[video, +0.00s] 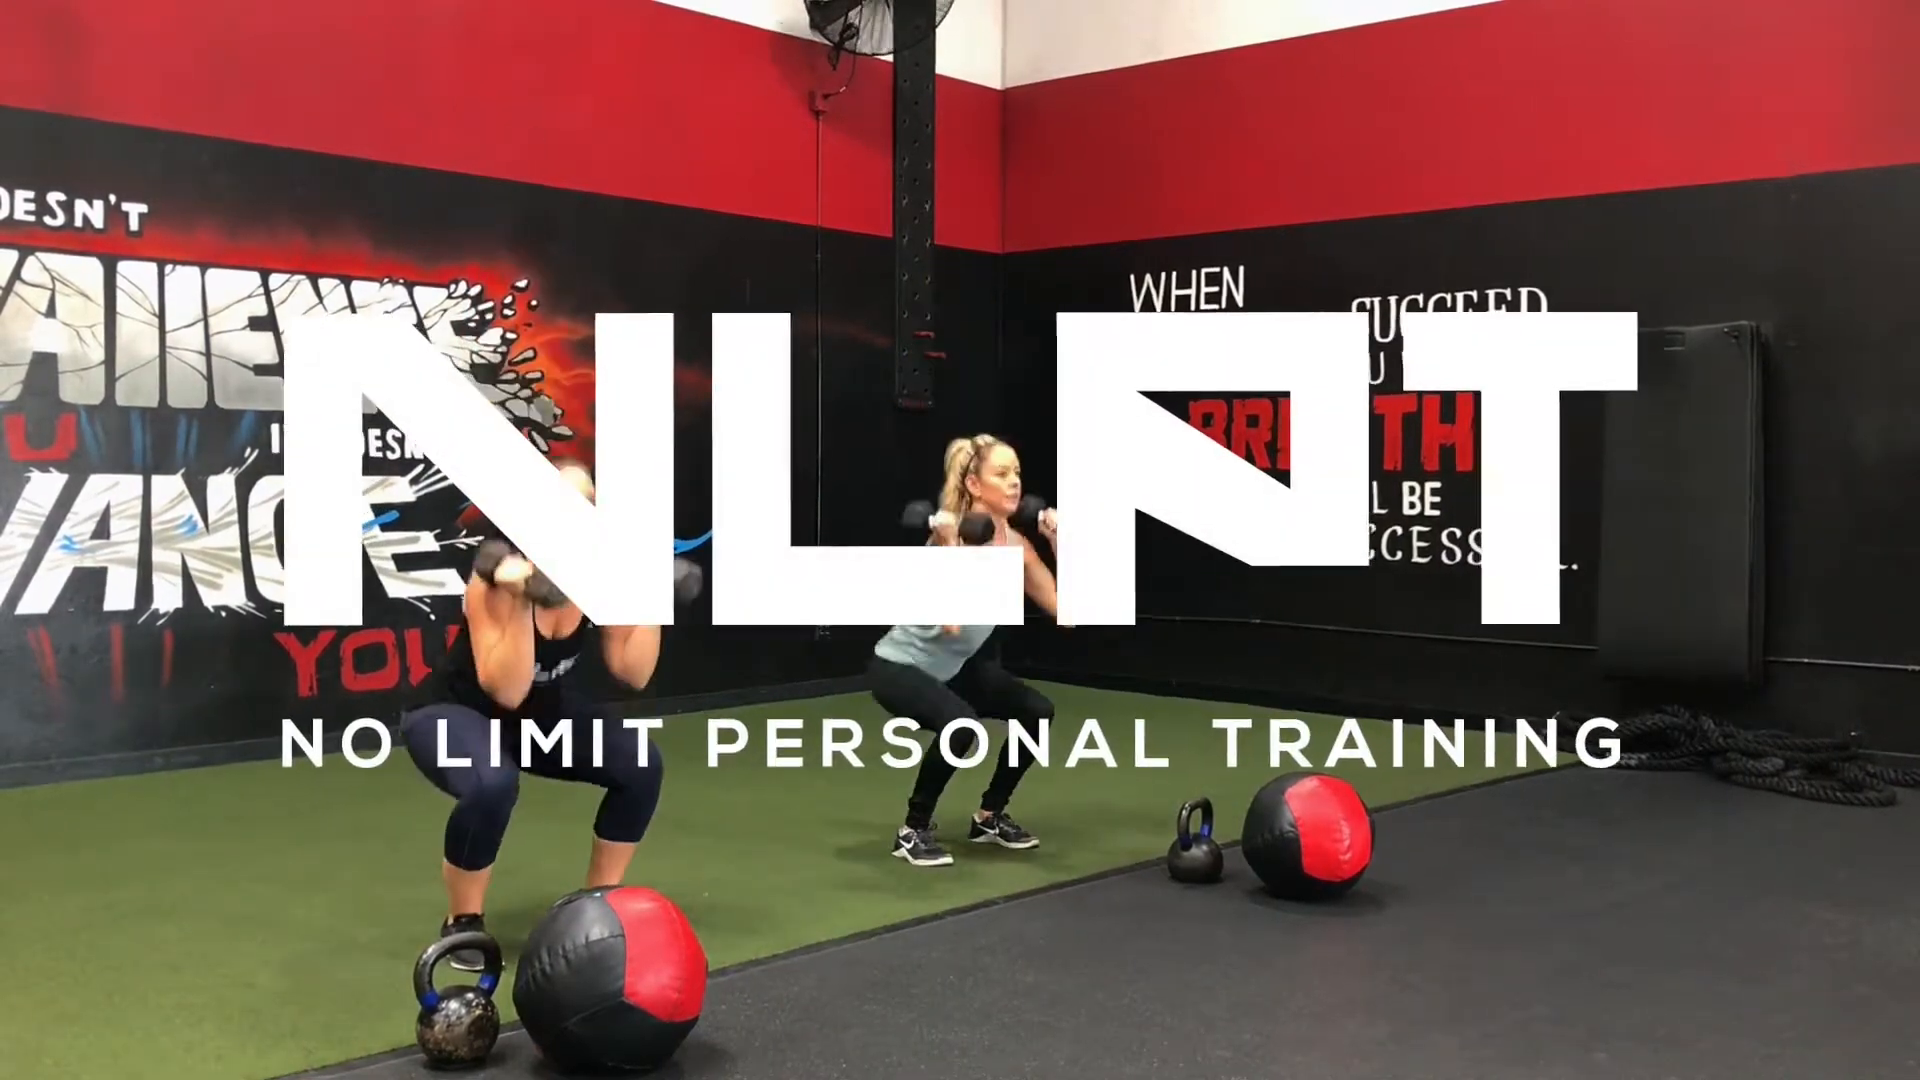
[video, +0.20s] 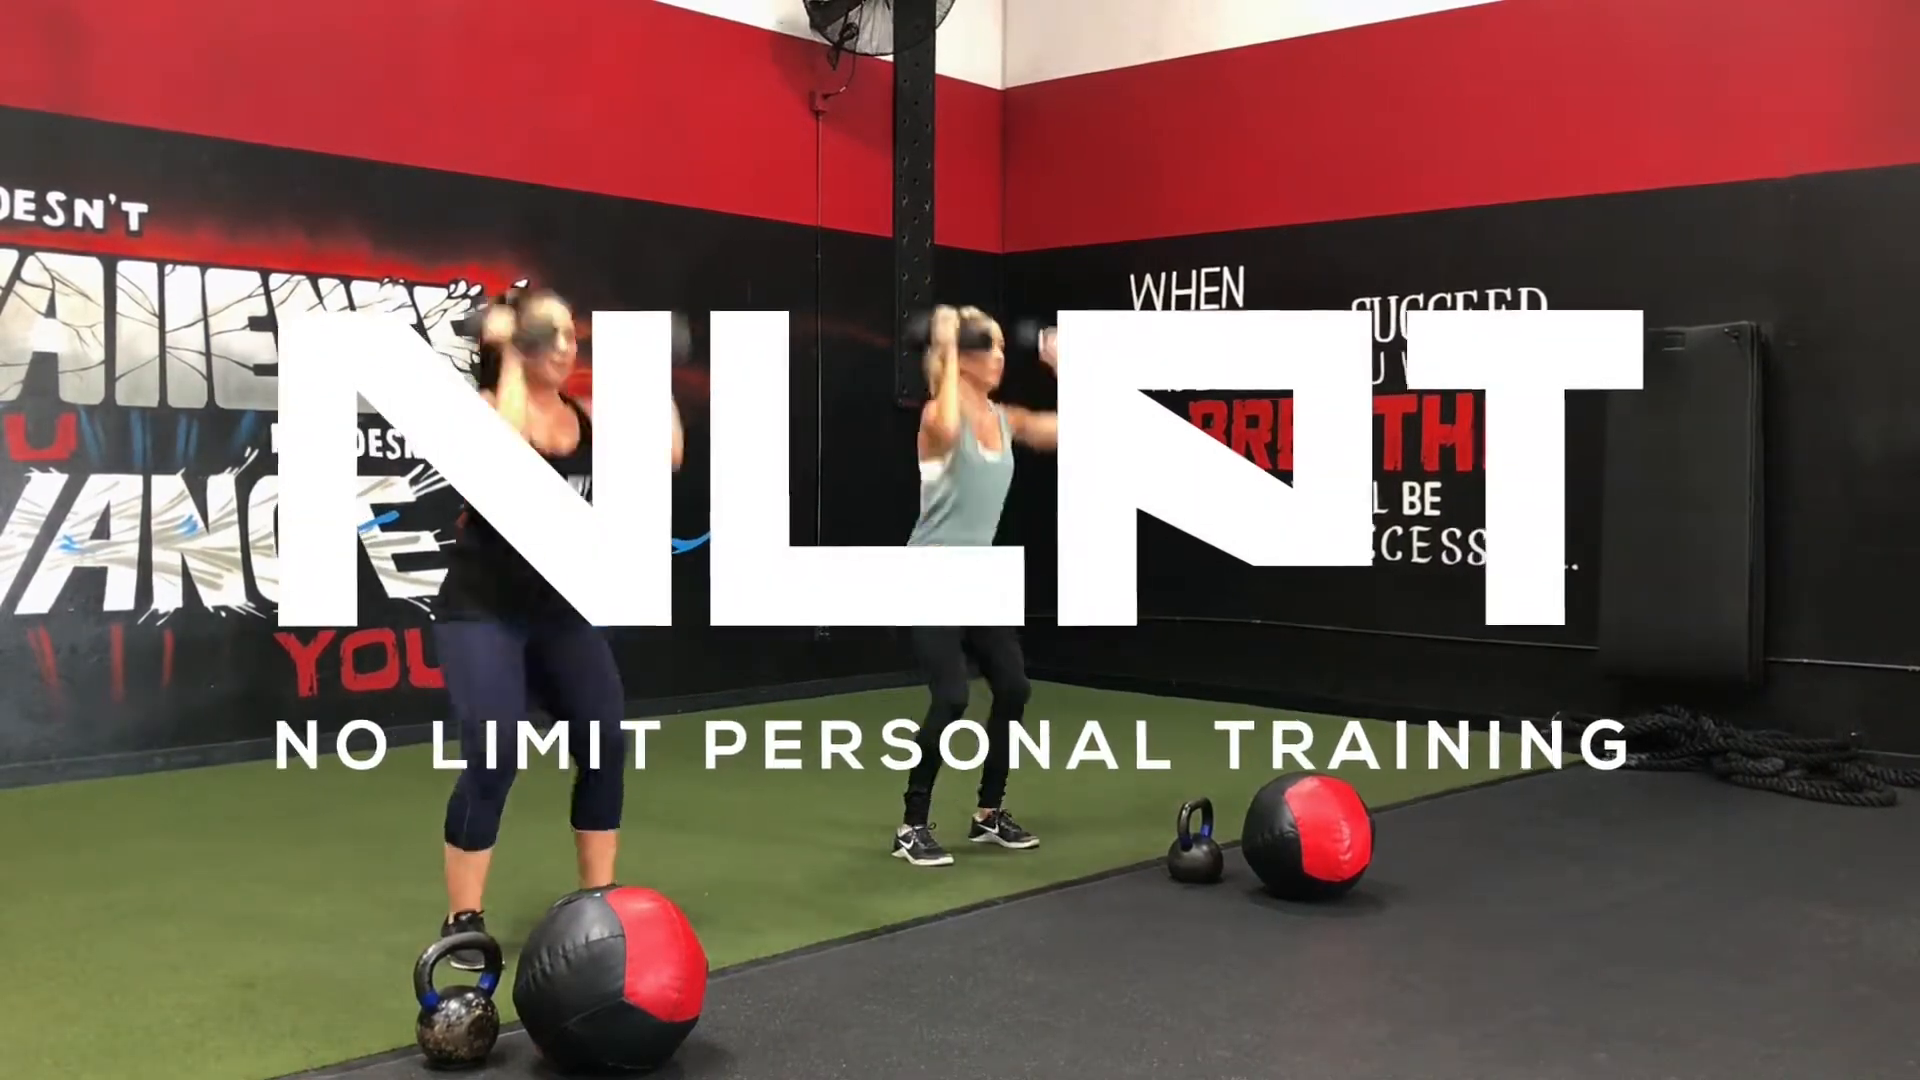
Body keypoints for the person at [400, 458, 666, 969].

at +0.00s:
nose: (566, 527)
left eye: (578, 515)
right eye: (556, 514)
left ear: (592, 521)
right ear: (532, 519)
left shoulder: (602, 575)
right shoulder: (491, 575)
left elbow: (634, 673)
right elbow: (507, 689)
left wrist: (652, 586)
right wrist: (515, 595)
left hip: (538, 716)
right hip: (452, 712)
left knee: (640, 764)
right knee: (492, 785)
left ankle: (598, 909)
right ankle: (464, 925)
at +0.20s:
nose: (565, 354)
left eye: (569, 341)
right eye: (552, 341)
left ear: (574, 348)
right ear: (515, 348)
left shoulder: (589, 418)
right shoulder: (483, 417)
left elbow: (671, 451)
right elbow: (503, 452)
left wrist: (650, 381)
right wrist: (507, 361)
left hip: (566, 606)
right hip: (482, 609)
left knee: (604, 742)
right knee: (491, 756)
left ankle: (598, 909)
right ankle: (465, 926)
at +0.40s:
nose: (557, 329)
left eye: (565, 317)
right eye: (542, 316)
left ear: (576, 326)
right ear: (507, 318)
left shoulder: (588, 390)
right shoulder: (484, 390)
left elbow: (621, 297)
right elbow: (500, 293)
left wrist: (624, 206)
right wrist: (504, 186)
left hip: (589, 603)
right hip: (504, 606)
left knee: (586, 758)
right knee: (488, 760)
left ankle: (600, 913)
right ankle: (465, 923)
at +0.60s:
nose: (578, 368)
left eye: (582, 354)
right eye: (564, 356)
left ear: (588, 362)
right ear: (526, 369)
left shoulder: (602, 426)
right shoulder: (494, 430)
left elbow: (676, 475)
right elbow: (501, 490)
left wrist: (662, 391)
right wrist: (507, 380)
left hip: (557, 616)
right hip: (475, 616)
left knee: (605, 739)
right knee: (488, 754)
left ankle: (597, 908)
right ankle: (466, 924)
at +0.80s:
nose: (572, 552)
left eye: (587, 538)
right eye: (562, 536)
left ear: (603, 546)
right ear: (535, 541)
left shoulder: (609, 597)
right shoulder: (495, 596)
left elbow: (632, 700)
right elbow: (502, 711)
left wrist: (652, 617)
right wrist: (512, 616)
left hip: (540, 724)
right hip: (455, 723)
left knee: (645, 764)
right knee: (497, 789)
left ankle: (597, 907)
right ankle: (466, 926)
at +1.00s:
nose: (584, 482)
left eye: (591, 469)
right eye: (571, 469)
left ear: (602, 476)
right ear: (536, 478)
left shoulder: (606, 537)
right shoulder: (496, 546)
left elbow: (647, 642)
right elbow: (513, 649)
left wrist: (649, 555)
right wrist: (527, 551)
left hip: (536, 679)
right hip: (456, 682)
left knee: (637, 760)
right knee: (488, 781)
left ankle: (596, 906)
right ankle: (466, 925)